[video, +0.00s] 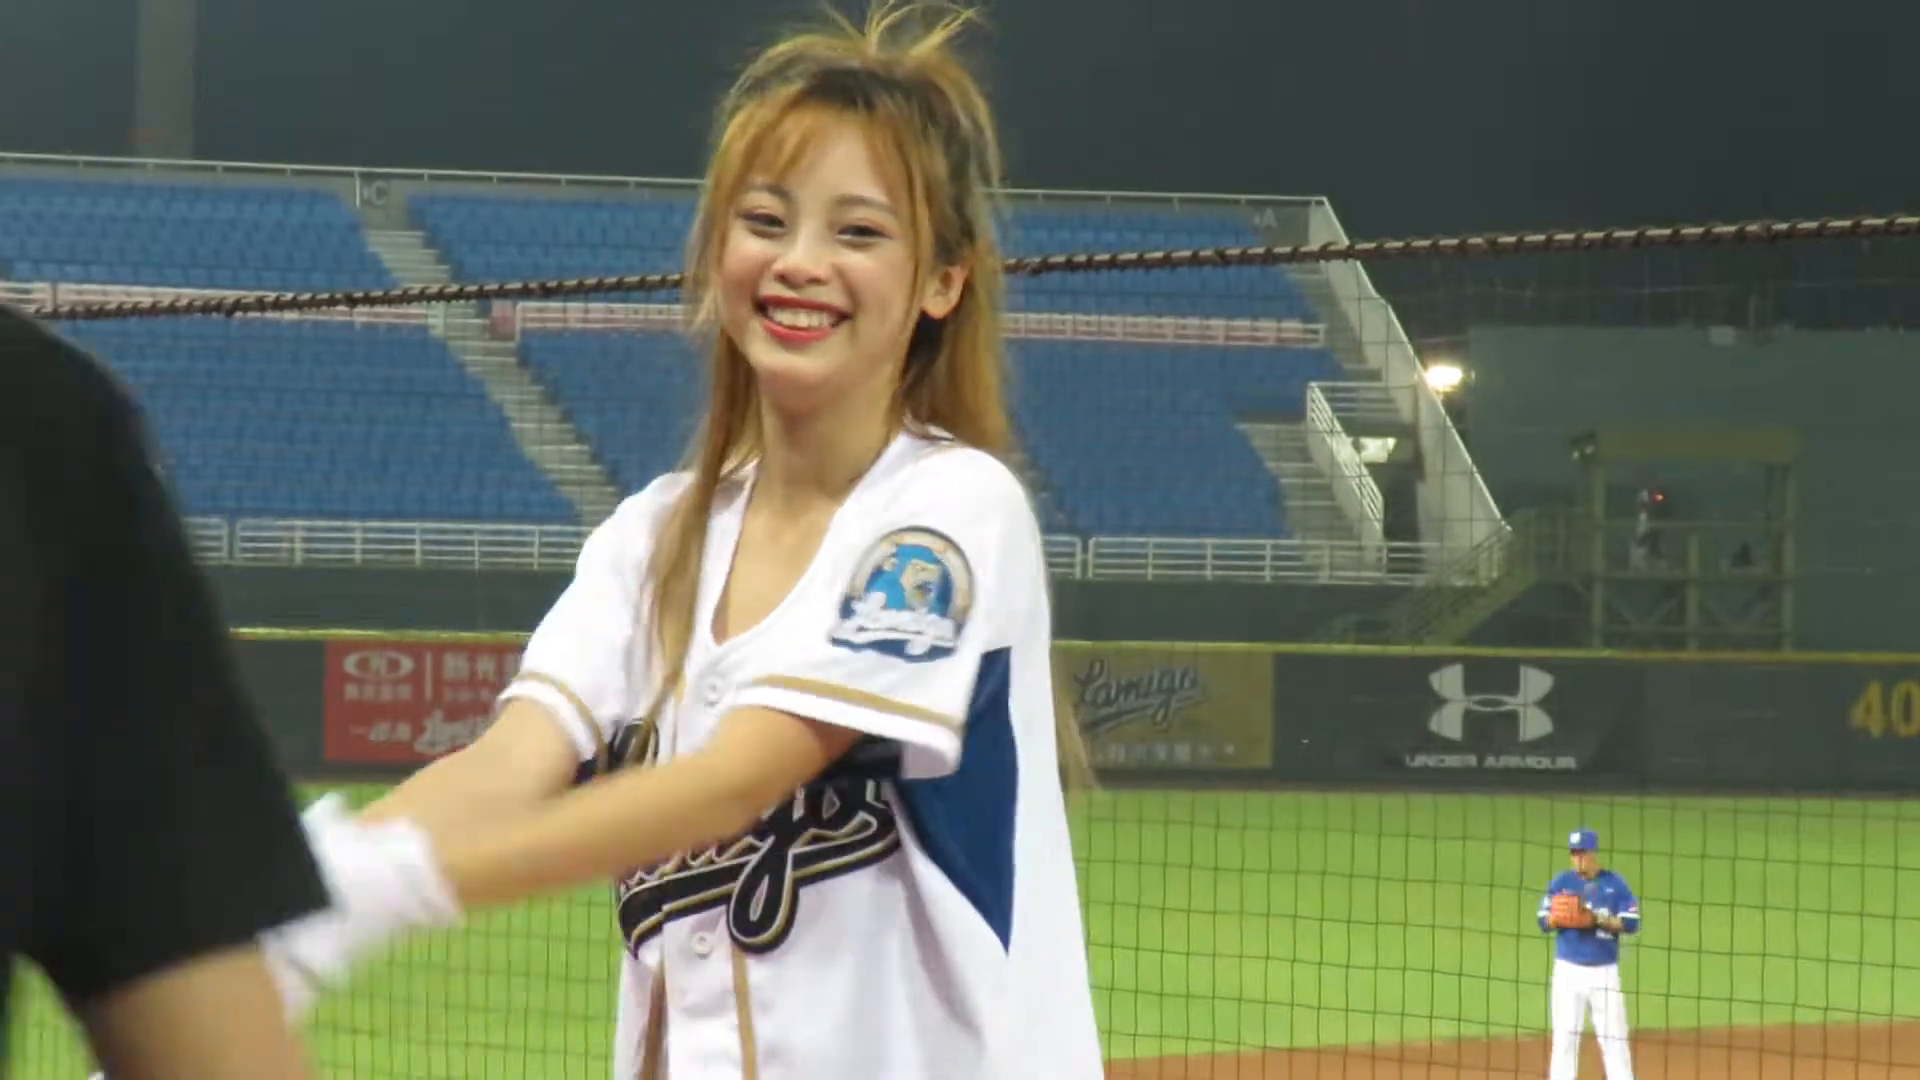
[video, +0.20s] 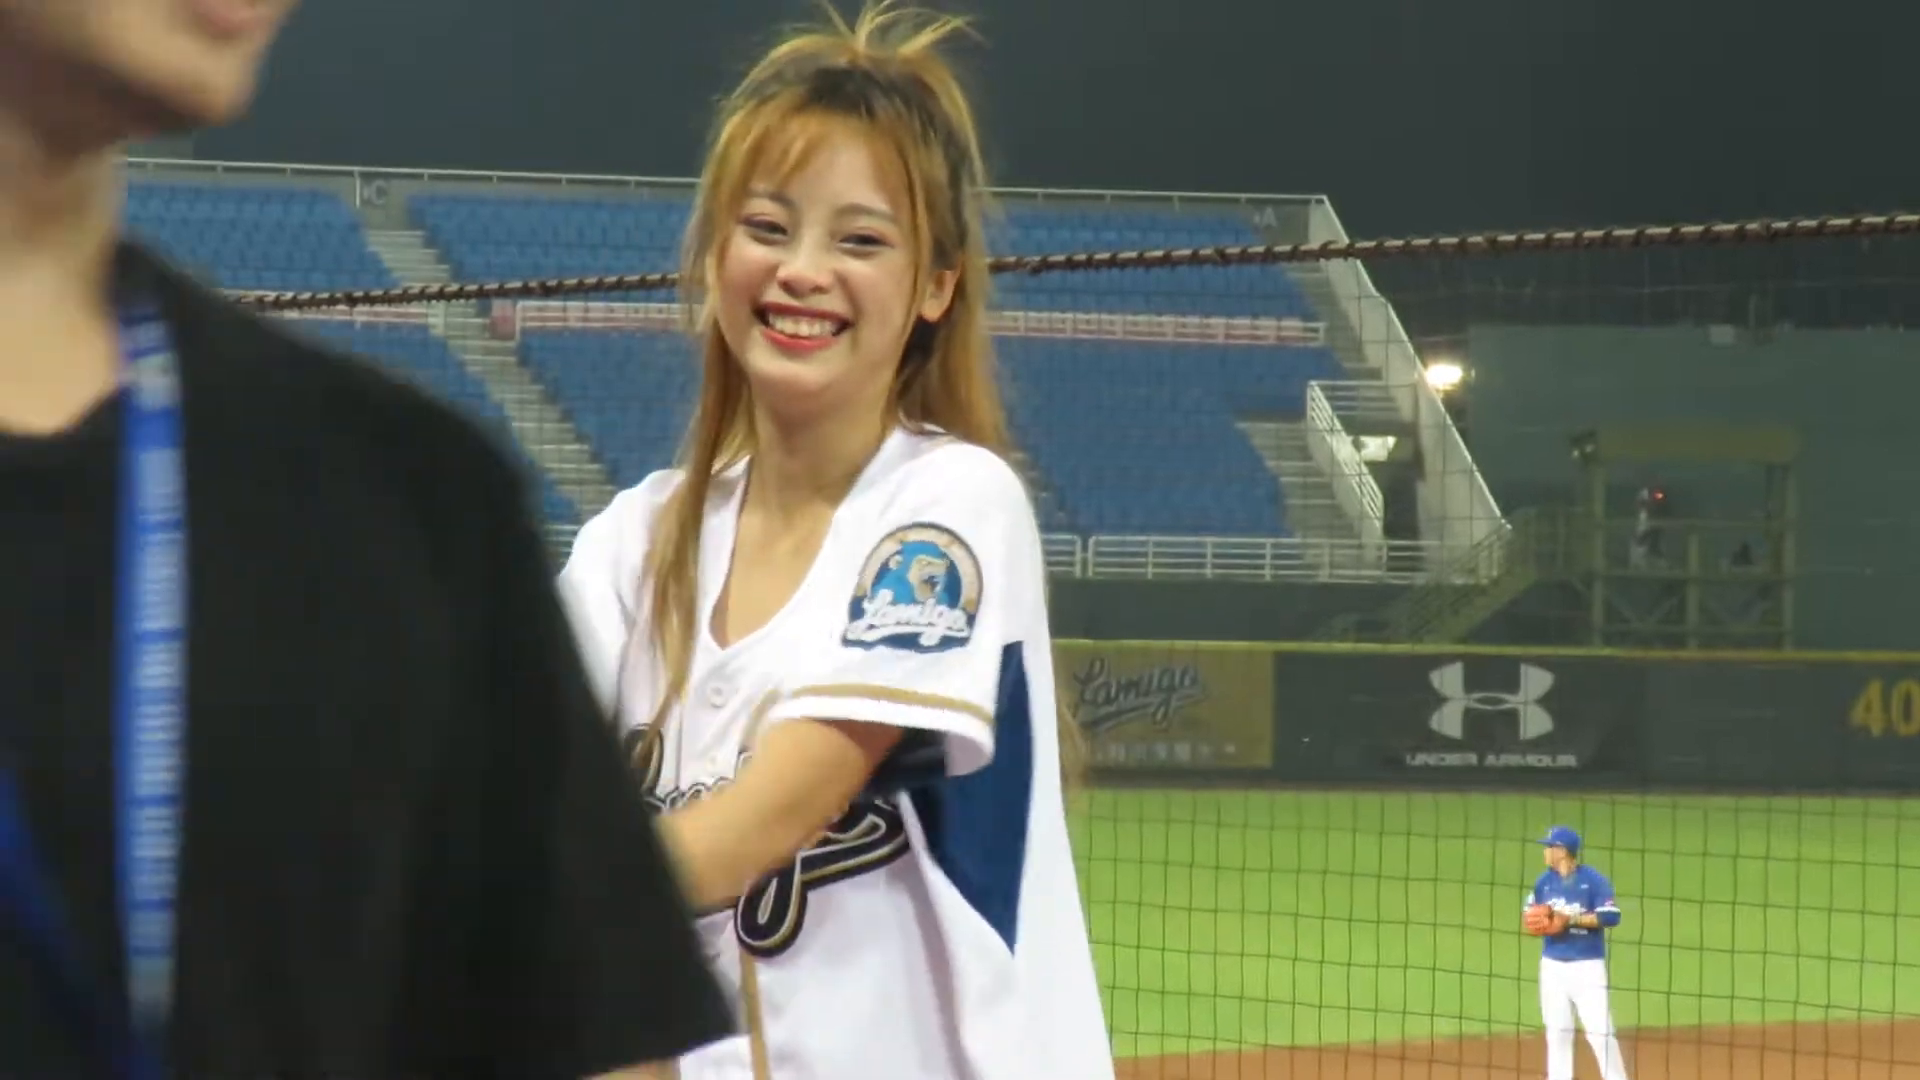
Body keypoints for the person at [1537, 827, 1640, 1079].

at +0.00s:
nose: (1579, 860)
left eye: (1584, 854)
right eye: (1575, 854)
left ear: (1595, 853)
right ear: (1571, 855)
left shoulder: (1614, 883)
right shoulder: (1562, 882)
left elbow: (1632, 923)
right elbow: (1543, 922)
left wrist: (1595, 918)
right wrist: (1561, 916)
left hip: (1604, 970)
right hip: (1568, 970)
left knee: (1614, 1038)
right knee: (1565, 1039)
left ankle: (1622, 1077)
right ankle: (1561, 1077)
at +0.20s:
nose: (1545, 852)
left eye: (1550, 847)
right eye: (1546, 847)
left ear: (1564, 851)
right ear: (1558, 852)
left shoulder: (1593, 879)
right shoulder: (1545, 881)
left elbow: (1611, 916)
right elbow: (1531, 914)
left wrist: (1569, 919)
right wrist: (1538, 919)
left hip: (1587, 965)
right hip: (1553, 965)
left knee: (1600, 1033)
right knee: (1557, 1033)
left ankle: (1616, 1077)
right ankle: (1558, 1078)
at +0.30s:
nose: (1538, 851)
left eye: (1542, 846)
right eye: (1539, 846)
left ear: (1556, 850)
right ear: (1552, 850)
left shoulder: (1583, 877)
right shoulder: (1542, 879)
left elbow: (1600, 913)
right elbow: (1530, 909)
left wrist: (1557, 920)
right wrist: (1530, 920)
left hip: (1579, 962)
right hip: (1547, 962)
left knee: (1585, 1027)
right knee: (1552, 1028)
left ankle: (1604, 1076)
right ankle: (1558, 1076)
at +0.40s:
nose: (1534, 850)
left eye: (1537, 846)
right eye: (1535, 845)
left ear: (1548, 849)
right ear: (1546, 848)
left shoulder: (1575, 875)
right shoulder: (1539, 880)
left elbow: (1589, 912)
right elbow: (1530, 912)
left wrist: (1547, 920)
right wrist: (1525, 921)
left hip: (1572, 963)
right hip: (1543, 962)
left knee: (1572, 1030)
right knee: (1548, 1028)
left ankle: (1588, 1076)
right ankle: (1556, 1074)